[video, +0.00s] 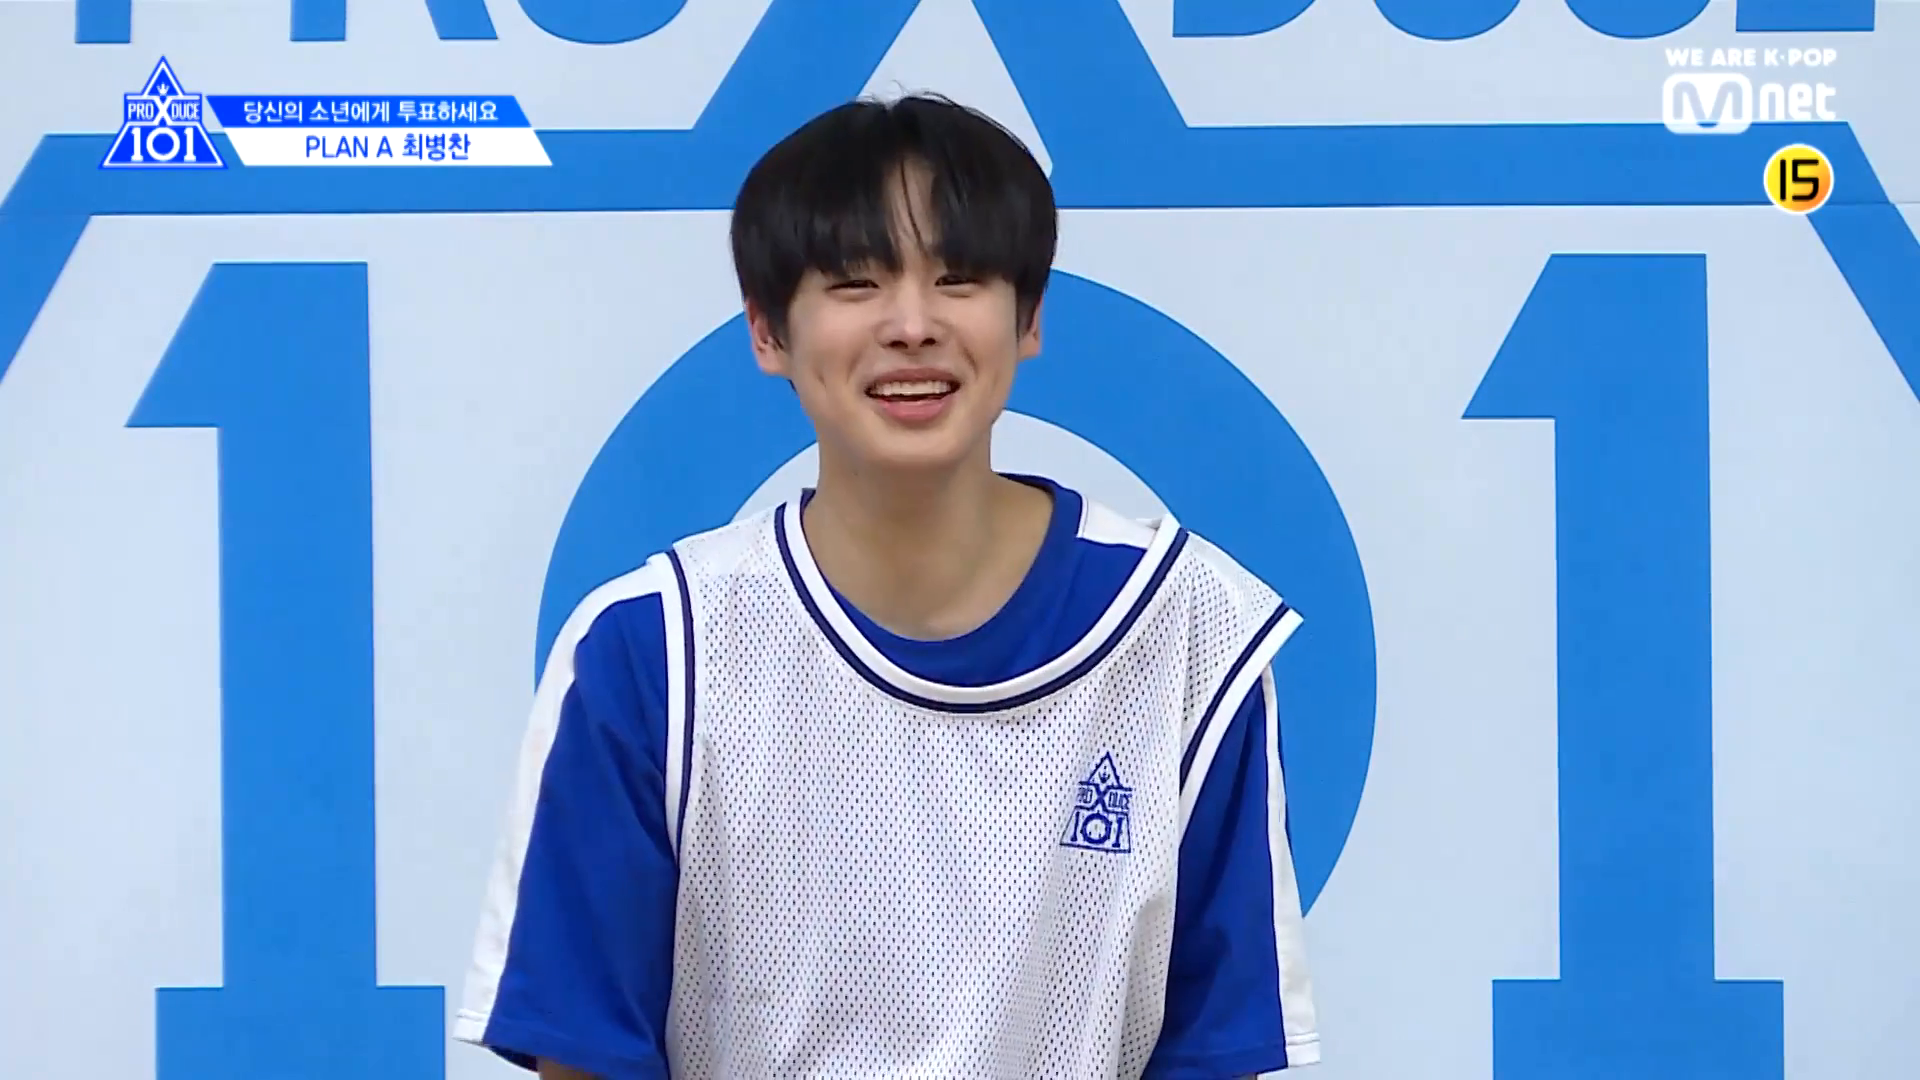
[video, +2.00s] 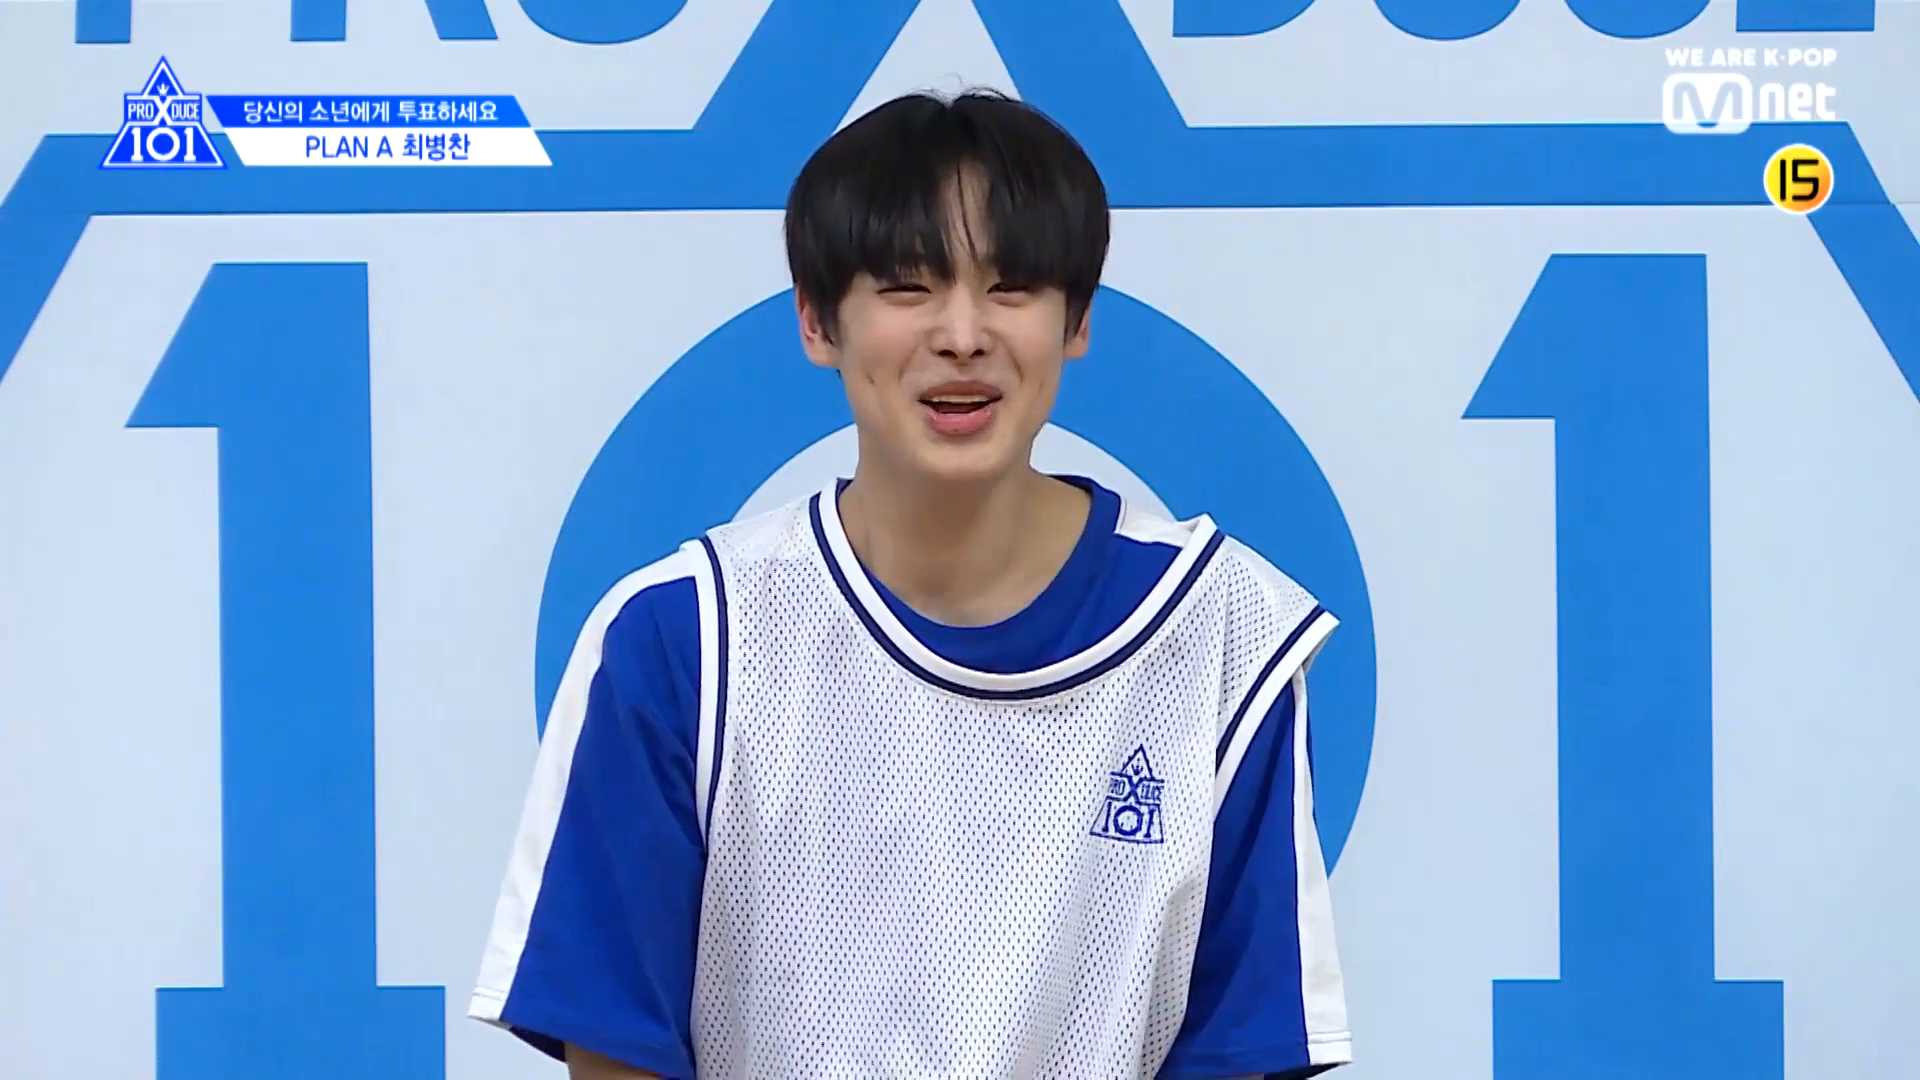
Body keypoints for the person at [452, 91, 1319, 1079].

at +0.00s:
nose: (912, 324)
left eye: (959, 280)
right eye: (855, 282)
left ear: (1026, 326)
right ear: (771, 335)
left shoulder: (1192, 635)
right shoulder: (648, 653)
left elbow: (1230, 1050)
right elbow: (571, 1046)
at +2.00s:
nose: (963, 335)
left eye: (1012, 285)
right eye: (910, 283)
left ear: (1074, 325)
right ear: (821, 323)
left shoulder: (1228, 641)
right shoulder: (673, 643)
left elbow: (1250, 1053)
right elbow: (615, 1049)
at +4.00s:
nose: (975, 359)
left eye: (1023, 306)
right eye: (922, 306)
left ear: (1088, 341)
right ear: (839, 344)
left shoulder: (1246, 653)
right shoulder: (692, 647)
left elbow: (1271, 1051)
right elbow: (616, 1046)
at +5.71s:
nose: (974, 347)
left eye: (1017, 303)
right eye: (928, 301)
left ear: (1070, 336)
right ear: (849, 333)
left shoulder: (1212, 617)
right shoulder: (720, 609)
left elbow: (1204, 991)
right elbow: (672, 978)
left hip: (1076, 1060)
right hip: (810, 1057)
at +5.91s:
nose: (964, 377)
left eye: (999, 342)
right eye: (926, 340)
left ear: (1043, 362)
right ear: (864, 363)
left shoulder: (1154, 584)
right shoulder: (762, 579)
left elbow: (1156, 885)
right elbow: (719, 877)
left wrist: (1018, 1051)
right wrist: (862, 1050)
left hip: (1057, 1050)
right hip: (825, 1045)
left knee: (1271, 988)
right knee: (601, 1001)